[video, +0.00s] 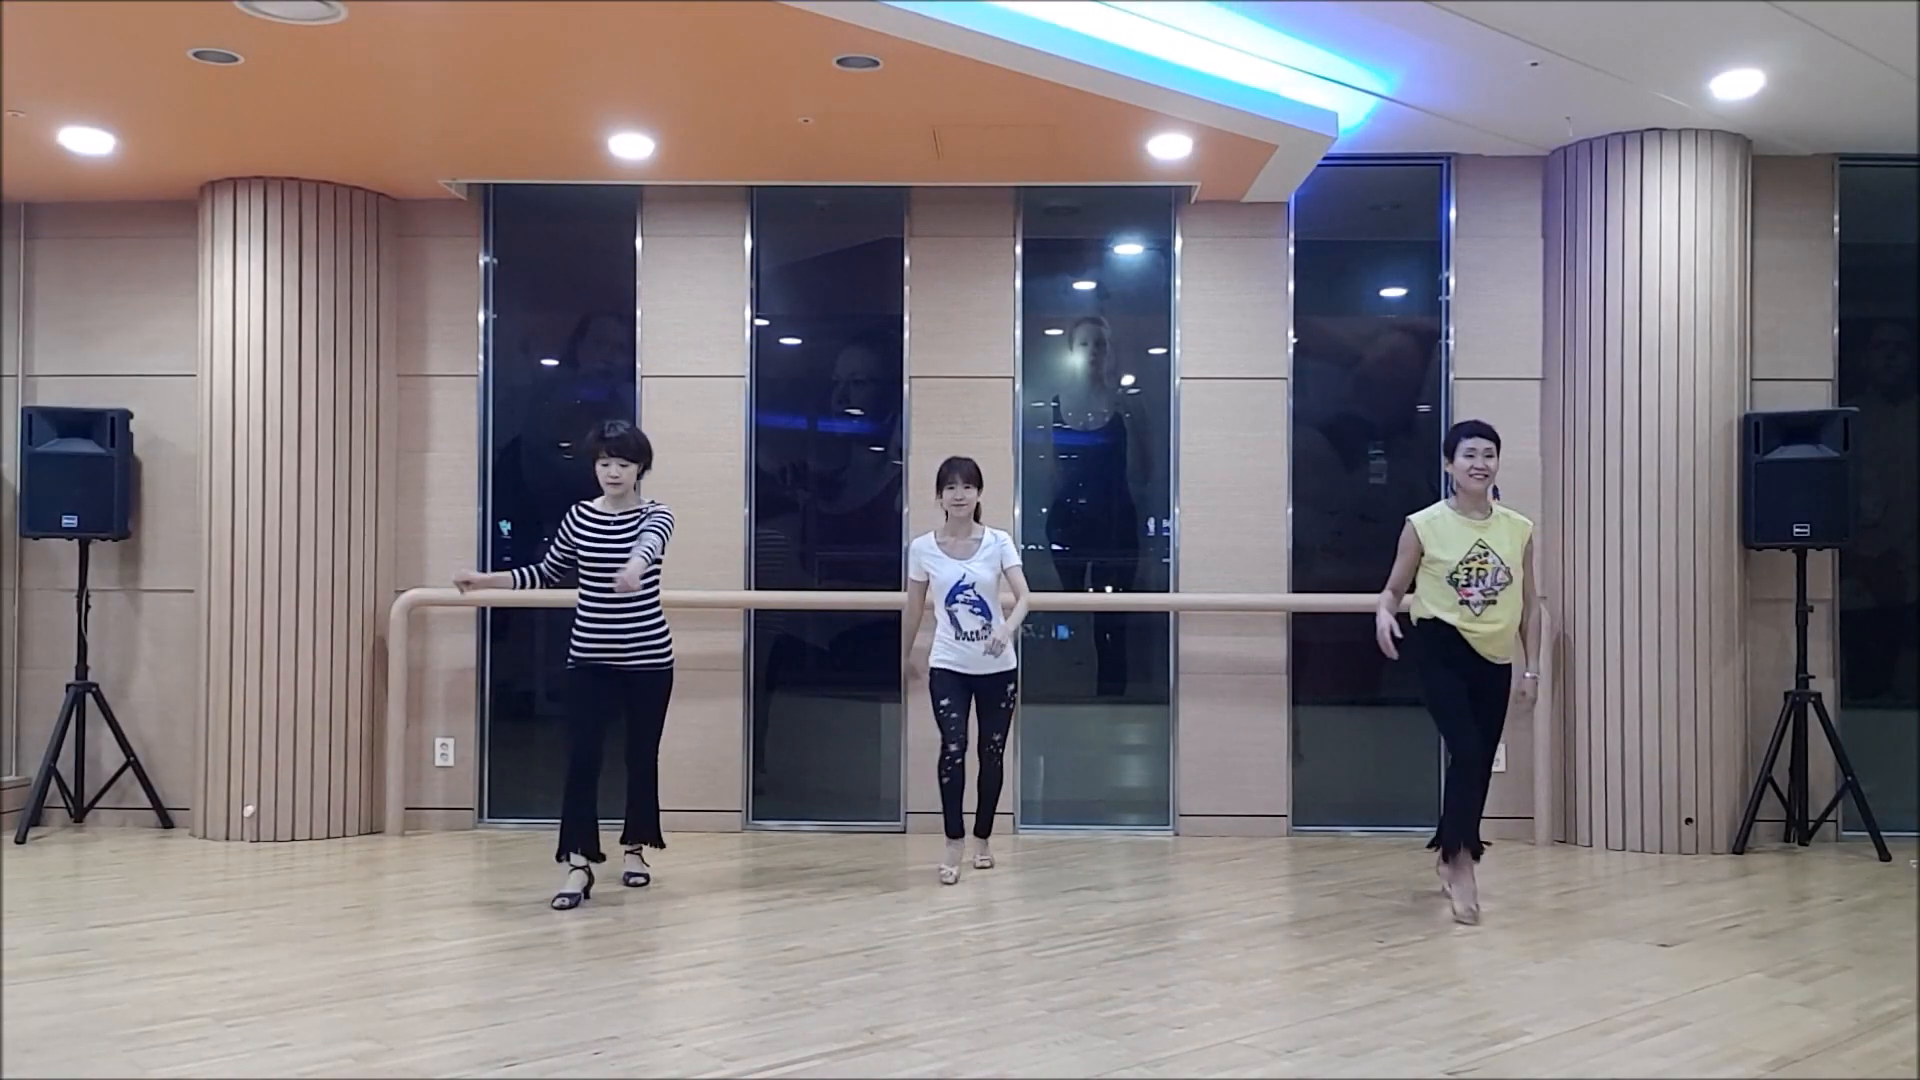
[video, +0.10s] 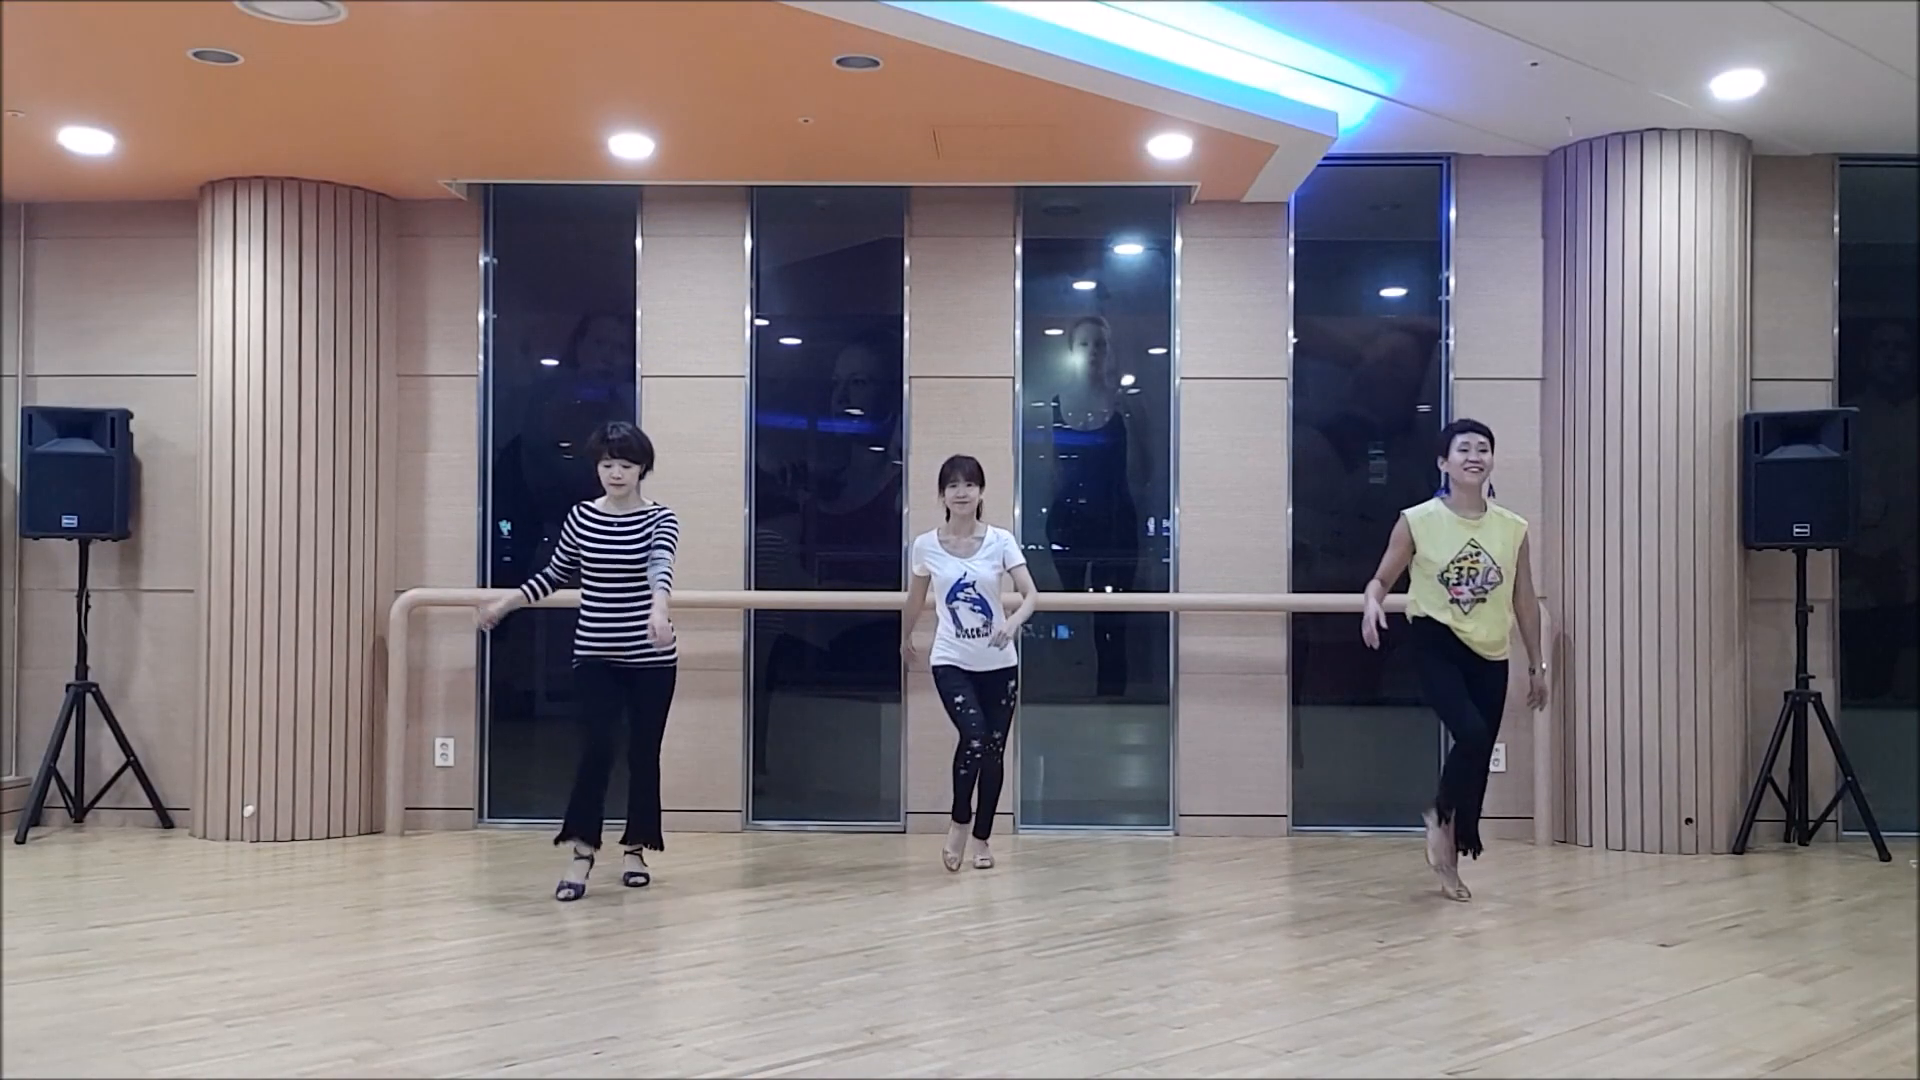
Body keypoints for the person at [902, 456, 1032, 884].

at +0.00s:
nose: (959, 494)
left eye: (967, 486)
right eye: (950, 487)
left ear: (979, 493)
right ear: (939, 494)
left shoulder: (999, 543)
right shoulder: (923, 548)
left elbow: (1024, 597)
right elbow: (914, 606)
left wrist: (1008, 628)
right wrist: (905, 653)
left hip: (997, 665)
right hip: (948, 664)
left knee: (992, 753)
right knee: (952, 751)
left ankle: (982, 839)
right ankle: (953, 843)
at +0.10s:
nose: (961, 491)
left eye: (969, 484)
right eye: (953, 485)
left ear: (981, 491)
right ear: (941, 493)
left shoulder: (1001, 540)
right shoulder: (926, 546)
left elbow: (1031, 596)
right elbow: (915, 601)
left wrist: (1014, 621)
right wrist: (906, 638)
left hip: (999, 661)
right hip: (951, 659)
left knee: (994, 749)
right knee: (975, 736)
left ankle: (982, 839)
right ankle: (960, 824)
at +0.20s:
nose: (964, 489)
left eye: (972, 482)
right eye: (955, 482)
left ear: (983, 489)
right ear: (944, 489)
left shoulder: (1001, 537)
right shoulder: (928, 542)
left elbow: (1031, 592)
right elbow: (913, 594)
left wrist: (1022, 622)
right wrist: (899, 630)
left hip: (1000, 659)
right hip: (952, 657)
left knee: (994, 750)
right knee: (986, 739)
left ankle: (982, 839)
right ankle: (964, 817)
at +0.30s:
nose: (967, 488)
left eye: (974, 481)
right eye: (959, 482)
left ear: (985, 489)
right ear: (946, 490)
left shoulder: (1003, 539)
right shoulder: (929, 541)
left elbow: (1032, 595)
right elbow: (911, 594)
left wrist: (1026, 628)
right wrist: (888, 636)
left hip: (1001, 660)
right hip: (954, 662)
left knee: (994, 752)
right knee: (987, 745)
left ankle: (982, 841)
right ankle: (963, 830)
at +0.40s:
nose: (969, 489)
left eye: (976, 481)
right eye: (960, 482)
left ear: (987, 488)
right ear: (948, 489)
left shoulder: (1004, 540)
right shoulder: (931, 540)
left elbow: (1031, 596)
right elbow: (911, 597)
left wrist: (1027, 637)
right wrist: (885, 642)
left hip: (1000, 660)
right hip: (955, 663)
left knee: (994, 753)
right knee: (986, 746)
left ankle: (981, 839)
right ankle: (962, 829)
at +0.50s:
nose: (971, 489)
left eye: (979, 482)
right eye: (963, 483)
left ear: (990, 489)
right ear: (951, 490)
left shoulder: (1005, 541)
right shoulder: (932, 541)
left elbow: (1033, 599)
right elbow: (917, 603)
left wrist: (1035, 644)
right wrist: (896, 646)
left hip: (1000, 660)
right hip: (953, 662)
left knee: (994, 751)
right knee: (987, 744)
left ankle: (980, 840)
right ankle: (961, 828)